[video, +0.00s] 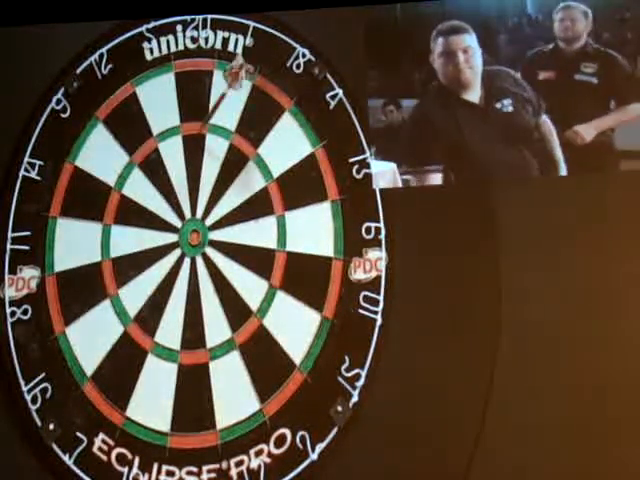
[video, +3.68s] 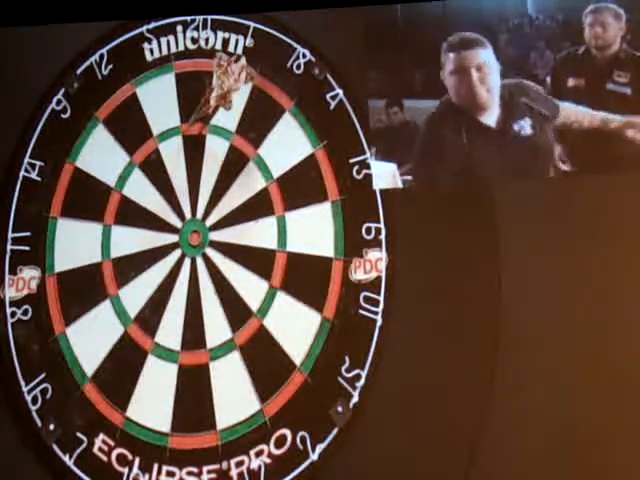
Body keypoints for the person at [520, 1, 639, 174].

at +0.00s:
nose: (566, 24)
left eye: (573, 20)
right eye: (561, 20)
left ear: (588, 25)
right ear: (553, 26)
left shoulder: (609, 62)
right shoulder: (535, 61)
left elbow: (633, 107)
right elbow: (521, 105)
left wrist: (593, 127)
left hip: (595, 162)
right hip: (546, 161)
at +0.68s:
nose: (575, 24)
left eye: (584, 19)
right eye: (574, 19)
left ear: (607, 24)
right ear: (570, 22)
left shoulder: (631, 60)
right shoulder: (558, 60)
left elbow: (637, 112)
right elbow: (542, 101)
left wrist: (611, 126)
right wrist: (554, 117)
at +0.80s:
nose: (571, 24)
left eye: (580, 19)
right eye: (572, 19)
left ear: (606, 24)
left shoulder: (631, 61)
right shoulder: (564, 59)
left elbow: (638, 121)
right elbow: (530, 95)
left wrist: (623, 144)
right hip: (571, 163)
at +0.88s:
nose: (570, 25)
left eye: (579, 19)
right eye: (571, 19)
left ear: (606, 24)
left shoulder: (632, 61)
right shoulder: (563, 59)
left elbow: (636, 114)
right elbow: (528, 94)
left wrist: (630, 148)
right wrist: (541, 74)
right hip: (571, 163)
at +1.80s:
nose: (590, 30)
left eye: (596, 23)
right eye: (585, 25)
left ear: (616, 24)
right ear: (579, 30)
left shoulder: (633, 60)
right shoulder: (569, 61)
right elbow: (531, 91)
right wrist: (549, 82)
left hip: (625, 159)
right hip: (578, 160)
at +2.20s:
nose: (597, 31)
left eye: (604, 25)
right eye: (592, 26)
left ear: (622, 25)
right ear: (586, 30)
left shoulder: (635, 61)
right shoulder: (570, 61)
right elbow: (548, 98)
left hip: (626, 158)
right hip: (580, 160)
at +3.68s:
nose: (596, 31)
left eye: (603, 25)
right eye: (590, 25)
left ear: (621, 28)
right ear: (584, 30)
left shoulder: (635, 65)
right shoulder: (565, 64)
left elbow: (636, 118)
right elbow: (552, 110)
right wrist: (556, 144)